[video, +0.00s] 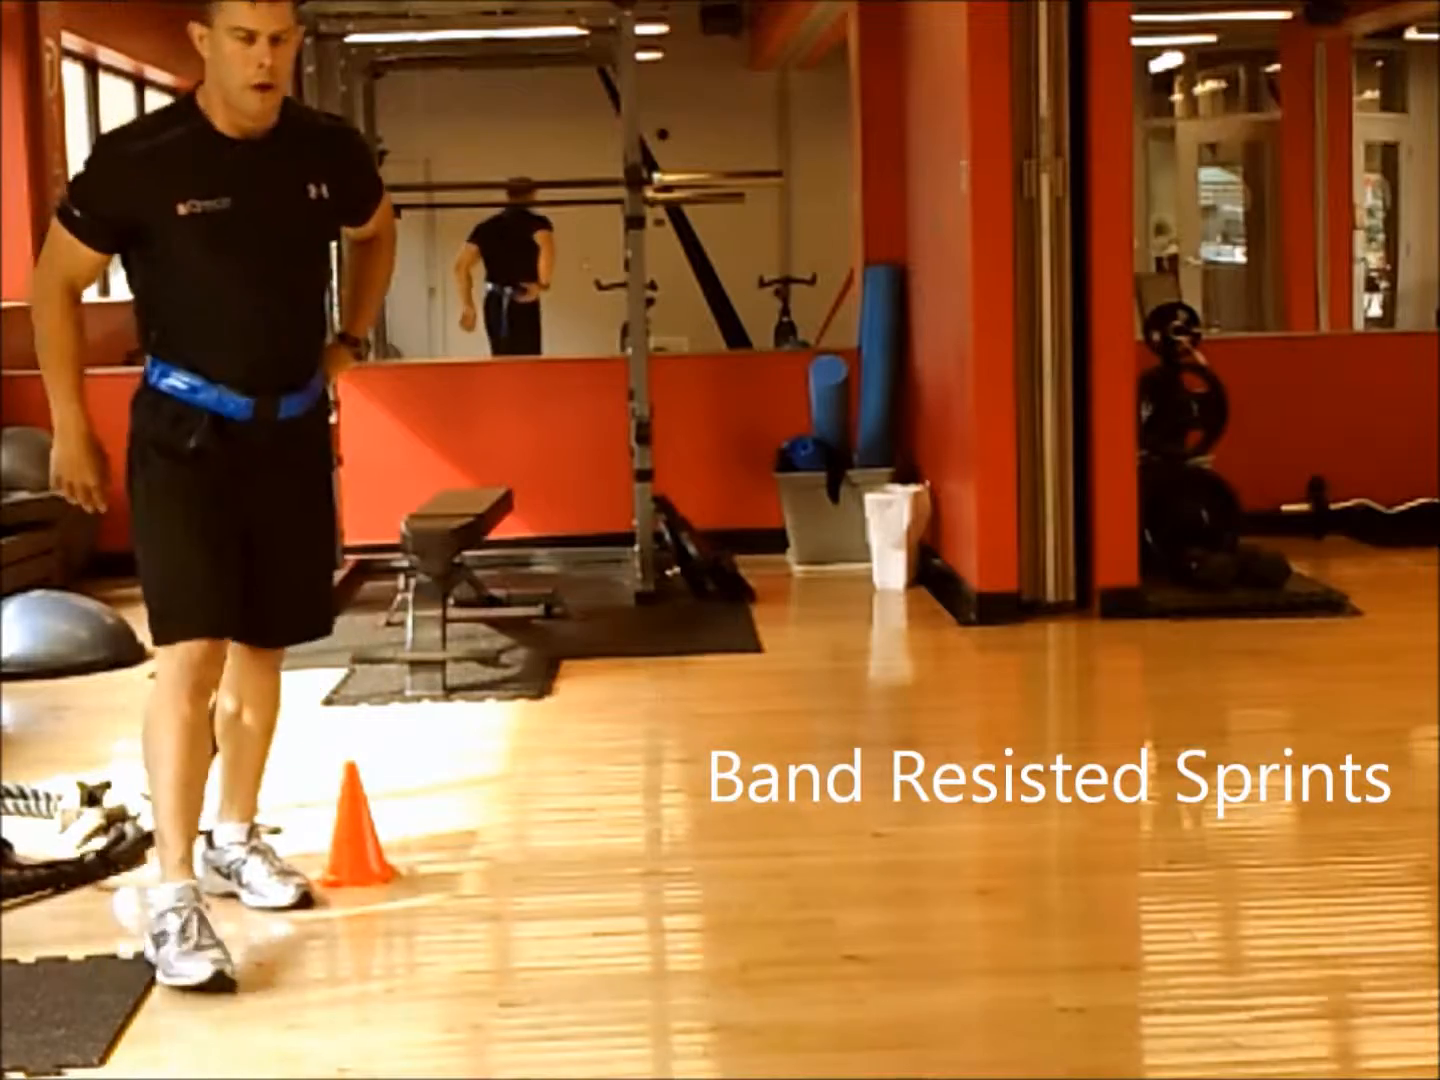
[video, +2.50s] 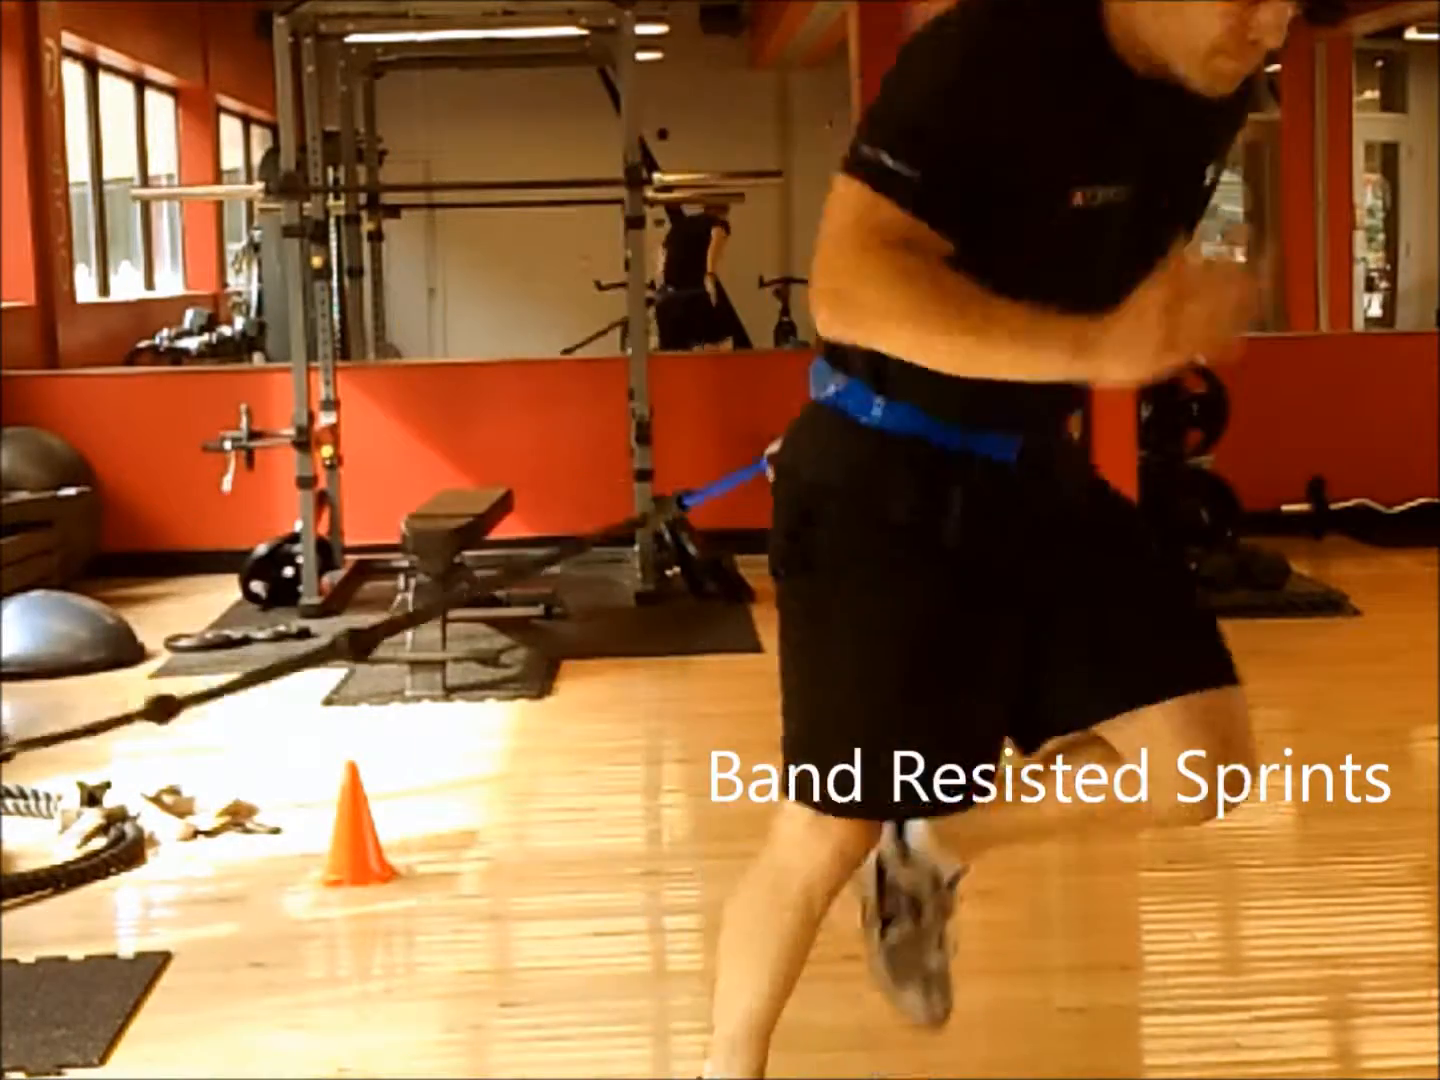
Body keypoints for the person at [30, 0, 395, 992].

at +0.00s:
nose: (267, 59)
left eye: (282, 39)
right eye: (246, 36)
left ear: (299, 44)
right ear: (202, 40)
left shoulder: (333, 151)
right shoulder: (135, 159)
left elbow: (375, 234)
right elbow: (54, 285)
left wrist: (351, 335)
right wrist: (71, 430)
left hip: (291, 435)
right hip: (183, 435)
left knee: (262, 649)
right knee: (192, 656)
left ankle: (234, 835)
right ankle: (173, 894)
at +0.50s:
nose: (300, 55)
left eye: (312, 36)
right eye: (279, 33)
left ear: (325, 42)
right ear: (226, 33)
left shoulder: (344, 155)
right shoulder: (154, 144)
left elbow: (384, 280)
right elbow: (64, 274)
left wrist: (439, 382)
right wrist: (79, 412)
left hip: (297, 431)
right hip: (196, 428)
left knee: (265, 643)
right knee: (200, 647)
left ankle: (235, 831)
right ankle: (182, 892)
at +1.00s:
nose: (394, 149)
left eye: (406, 128)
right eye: (373, 126)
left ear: (418, 125)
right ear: (318, 113)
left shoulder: (427, 214)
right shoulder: (216, 187)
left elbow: (467, 326)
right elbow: (83, 249)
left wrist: (485, 384)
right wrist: (65, 387)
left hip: (320, 473)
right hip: (216, 462)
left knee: (296, 678)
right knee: (246, 678)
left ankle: (236, 837)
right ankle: (183, 872)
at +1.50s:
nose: (746, 120)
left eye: (764, 95)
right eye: (726, 90)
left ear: (776, 88)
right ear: (651, 63)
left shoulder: (744, 192)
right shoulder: (525, 157)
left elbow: (737, 332)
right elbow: (371, 275)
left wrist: (755, 435)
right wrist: (368, 457)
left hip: (611, 488)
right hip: (482, 486)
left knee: (616, 742)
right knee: (500, 771)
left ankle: (534, 972)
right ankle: (327, 741)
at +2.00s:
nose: (1150, 27)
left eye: (1170, 5)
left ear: (1179, 10)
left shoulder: (1119, 103)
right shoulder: (872, 40)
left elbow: (1061, 237)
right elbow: (688, 186)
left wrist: (1030, 401)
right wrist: (780, 398)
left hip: (920, 416)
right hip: (772, 415)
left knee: (981, 745)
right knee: (844, 771)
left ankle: (893, 1025)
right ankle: (623, 955)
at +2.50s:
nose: (1272, 25)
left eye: (1288, 1)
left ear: (1301, 4)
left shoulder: (1219, 79)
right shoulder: (983, 47)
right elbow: (849, 287)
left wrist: (1179, 308)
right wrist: (1092, 347)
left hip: (1041, 464)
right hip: (879, 458)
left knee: (1198, 767)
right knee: (833, 818)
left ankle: (931, 840)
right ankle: (729, 1067)